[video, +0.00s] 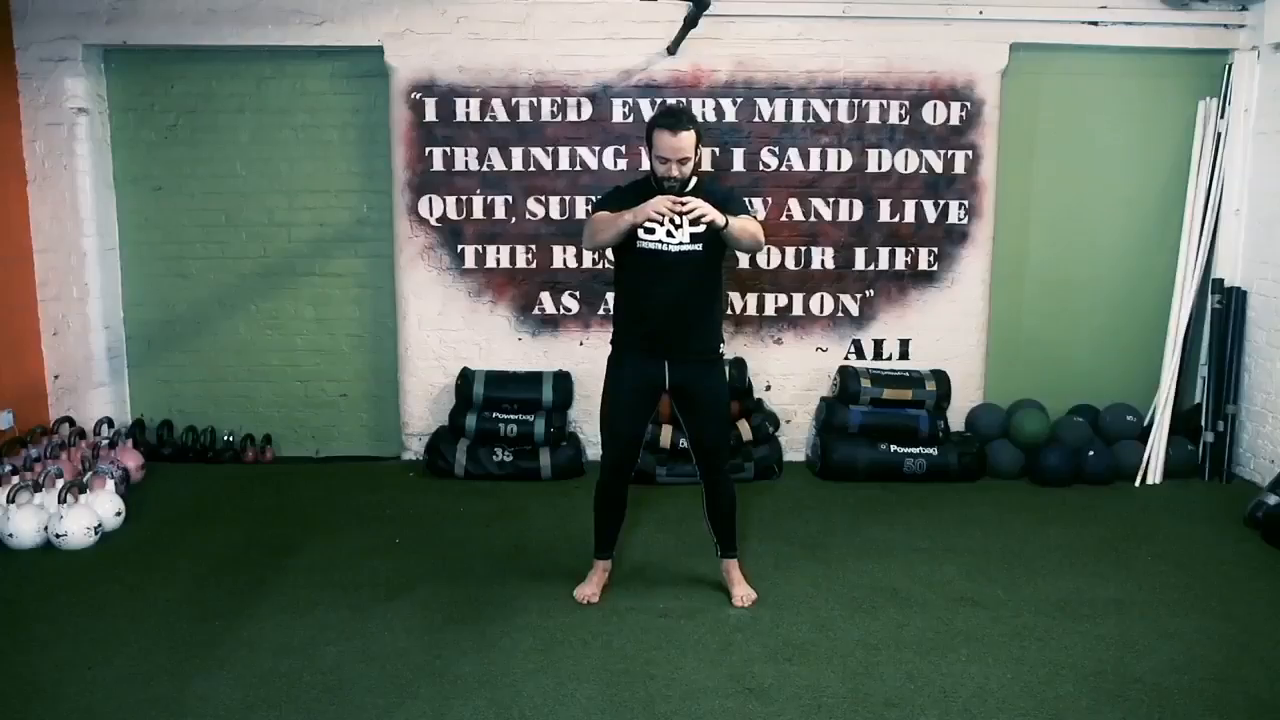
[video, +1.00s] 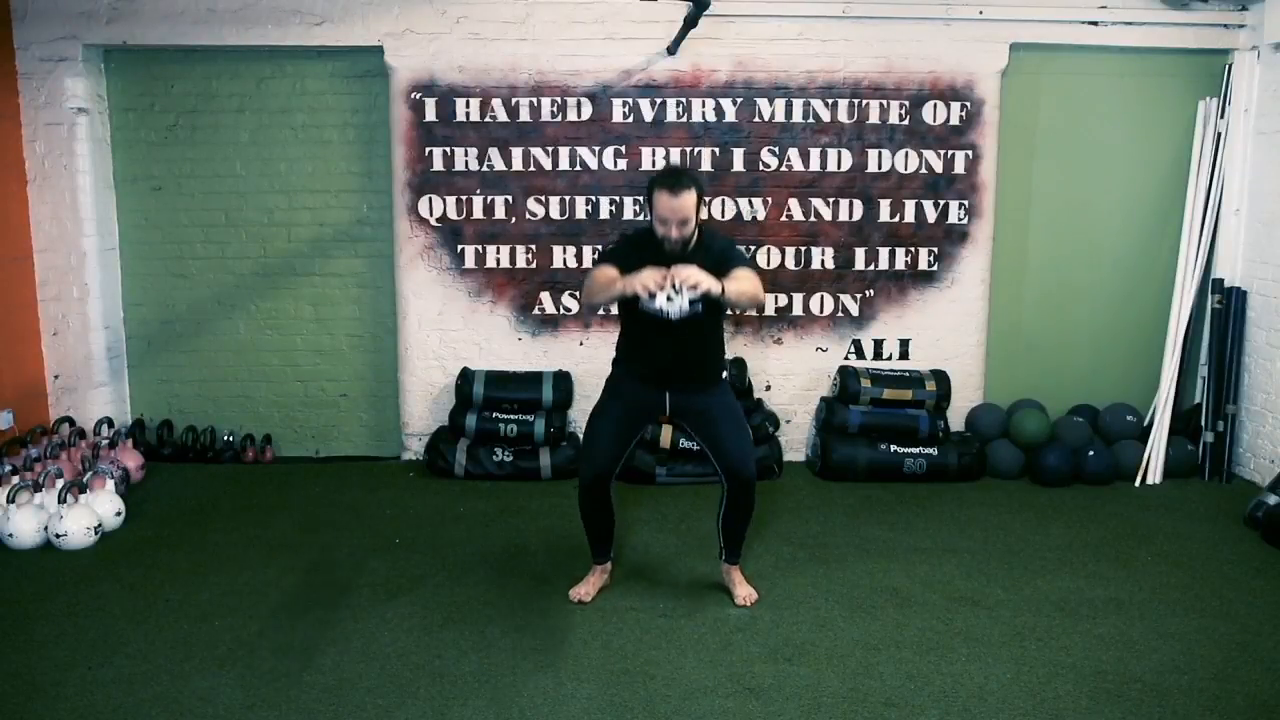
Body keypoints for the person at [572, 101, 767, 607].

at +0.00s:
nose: (673, 169)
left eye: (682, 159)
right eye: (664, 159)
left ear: (697, 153)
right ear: (649, 152)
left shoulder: (716, 194)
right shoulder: (626, 196)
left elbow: (755, 238)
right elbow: (591, 237)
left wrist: (720, 220)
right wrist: (636, 215)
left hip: (698, 353)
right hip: (634, 352)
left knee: (715, 461)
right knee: (616, 459)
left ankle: (730, 562)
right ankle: (601, 563)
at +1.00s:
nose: (673, 232)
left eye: (683, 222)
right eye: (664, 221)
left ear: (699, 212)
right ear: (651, 212)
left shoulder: (716, 246)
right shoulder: (635, 244)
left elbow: (755, 293)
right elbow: (588, 292)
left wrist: (716, 286)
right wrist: (629, 282)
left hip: (702, 385)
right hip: (634, 381)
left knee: (742, 472)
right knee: (592, 471)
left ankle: (731, 563)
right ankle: (600, 564)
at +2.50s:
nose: (686, 172)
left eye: (697, 163)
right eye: (678, 161)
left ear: (716, 159)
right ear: (666, 154)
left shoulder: (733, 207)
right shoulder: (641, 196)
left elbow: (767, 261)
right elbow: (599, 251)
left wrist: (726, 255)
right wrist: (638, 243)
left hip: (700, 357)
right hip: (633, 352)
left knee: (716, 466)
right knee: (594, 452)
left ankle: (728, 564)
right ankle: (553, 552)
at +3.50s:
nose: (423, 418)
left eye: (432, 407)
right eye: (413, 408)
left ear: (451, 388)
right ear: (400, 391)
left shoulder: (478, 409)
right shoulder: (385, 415)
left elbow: (504, 477)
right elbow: (340, 475)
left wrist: (448, 472)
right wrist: (375, 462)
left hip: (494, 497)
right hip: (431, 500)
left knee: (587, 537)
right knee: (354, 507)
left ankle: (698, 572)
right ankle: (413, 573)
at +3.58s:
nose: (424, 413)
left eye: (434, 402)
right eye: (415, 402)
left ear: (453, 384)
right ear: (402, 386)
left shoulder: (480, 403)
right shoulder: (387, 411)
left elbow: (508, 472)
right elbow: (343, 471)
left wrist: (451, 468)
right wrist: (376, 461)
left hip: (495, 492)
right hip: (431, 495)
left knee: (590, 534)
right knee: (360, 507)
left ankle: (698, 572)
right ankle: (413, 574)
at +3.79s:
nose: (457, 365)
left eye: (467, 355)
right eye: (449, 356)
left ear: (485, 340)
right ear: (435, 341)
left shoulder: (509, 360)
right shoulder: (421, 362)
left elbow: (541, 420)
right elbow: (374, 420)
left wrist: (487, 414)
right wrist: (415, 408)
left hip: (522, 452)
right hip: (457, 452)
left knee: (603, 510)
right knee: (386, 492)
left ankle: (704, 568)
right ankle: (414, 574)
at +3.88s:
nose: (480, 333)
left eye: (490, 324)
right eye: (471, 323)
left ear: (507, 312)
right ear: (459, 310)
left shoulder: (530, 337)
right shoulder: (438, 338)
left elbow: (566, 393)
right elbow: (395, 394)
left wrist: (516, 386)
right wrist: (440, 380)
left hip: (537, 437)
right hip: (467, 439)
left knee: (615, 500)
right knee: (401, 489)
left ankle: (709, 567)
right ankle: (415, 575)